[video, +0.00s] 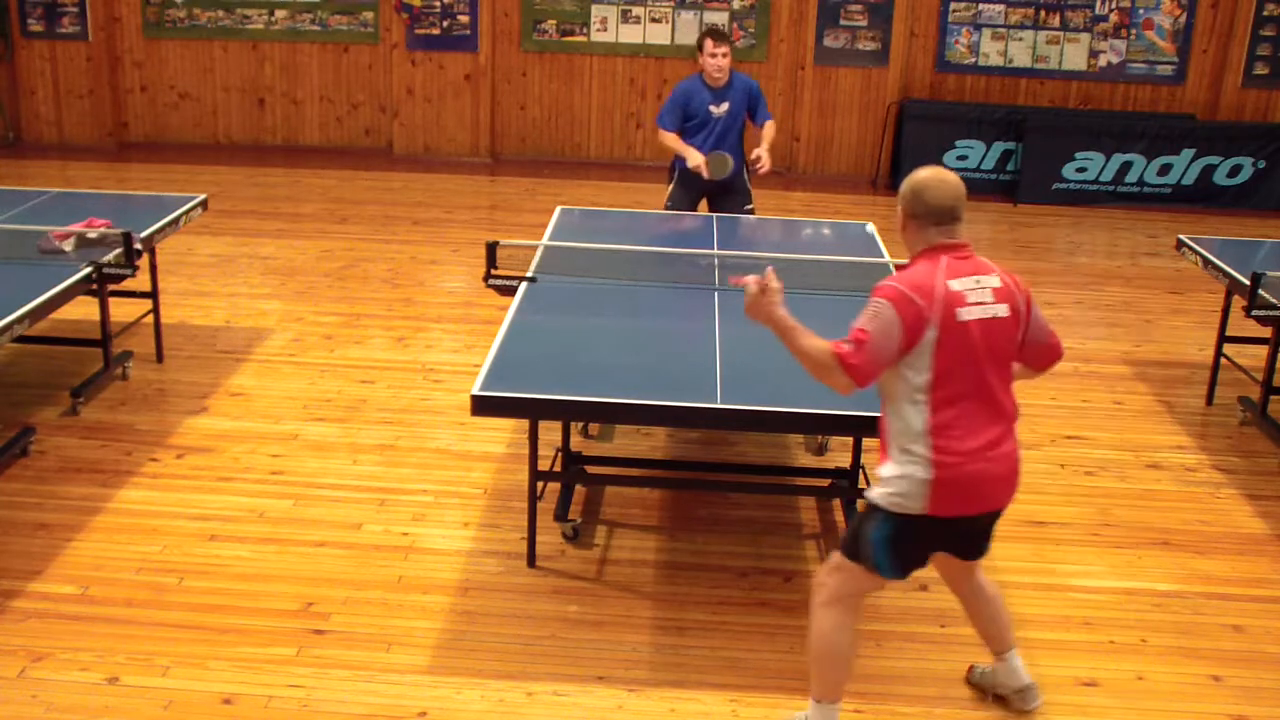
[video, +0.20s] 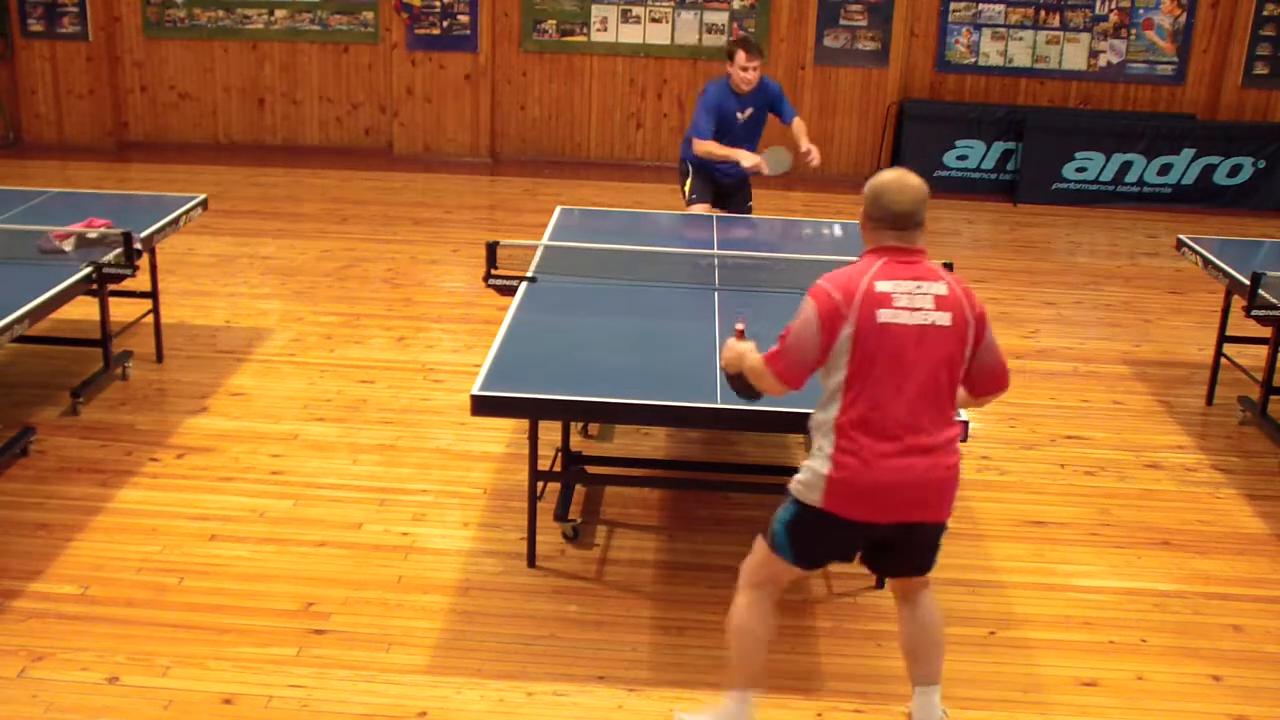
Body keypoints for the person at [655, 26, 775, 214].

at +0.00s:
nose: (719, 62)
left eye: (724, 56)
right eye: (712, 56)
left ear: (731, 58)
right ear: (700, 58)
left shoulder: (746, 88)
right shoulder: (685, 91)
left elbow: (767, 122)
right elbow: (665, 134)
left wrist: (764, 147)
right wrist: (689, 153)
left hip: (732, 175)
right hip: (691, 174)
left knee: (744, 235)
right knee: (672, 230)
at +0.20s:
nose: (750, 76)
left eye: (755, 69)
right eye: (744, 69)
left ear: (761, 68)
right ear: (730, 68)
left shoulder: (769, 90)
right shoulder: (714, 93)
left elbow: (793, 119)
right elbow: (700, 146)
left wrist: (804, 143)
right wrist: (740, 155)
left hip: (736, 168)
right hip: (701, 164)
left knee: (742, 228)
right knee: (699, 216)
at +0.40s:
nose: (775, 104)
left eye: (779, 98)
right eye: (768, 98)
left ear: (783, 95)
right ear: (750, 93)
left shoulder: (777, 107)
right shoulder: (729, 116)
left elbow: (805, 114)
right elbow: (723, 171)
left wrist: (836, 132)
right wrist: (768, 169)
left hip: (736, 176)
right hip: (703, 176)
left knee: (742, 234)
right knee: (712, 236)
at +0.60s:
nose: (780, 112)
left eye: (786, 105)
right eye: (774, 105)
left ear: (791, 103)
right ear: (758, 102)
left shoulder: (785, 113)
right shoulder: (740, 127)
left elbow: (793, 100)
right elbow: (705, 170)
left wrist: (817, 116)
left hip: (753, 187)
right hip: (722, 185)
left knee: (753, 235)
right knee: (728, 234)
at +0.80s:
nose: (786, 89)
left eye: (793, 83)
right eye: (780, 82)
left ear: (800, 85)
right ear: (769, 83)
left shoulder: (804, 103)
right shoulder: (752, 113)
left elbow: (806, 124)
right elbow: (715, 147)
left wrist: (820, 155)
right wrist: (715, 162)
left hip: (773, 182)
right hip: (739, 185)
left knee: (789, 234)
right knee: (740, 243)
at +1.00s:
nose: (797, 68)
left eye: (804, 62)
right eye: (792, 61)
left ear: (815, 66)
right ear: (783, 63)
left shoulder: (828, 95)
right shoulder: (768, 99)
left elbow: (845, 131)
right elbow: (742, 138)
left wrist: (847, 168)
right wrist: (745, 155)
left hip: (804, 181)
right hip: (764, 178)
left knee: (811, 238)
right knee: (743, 233)